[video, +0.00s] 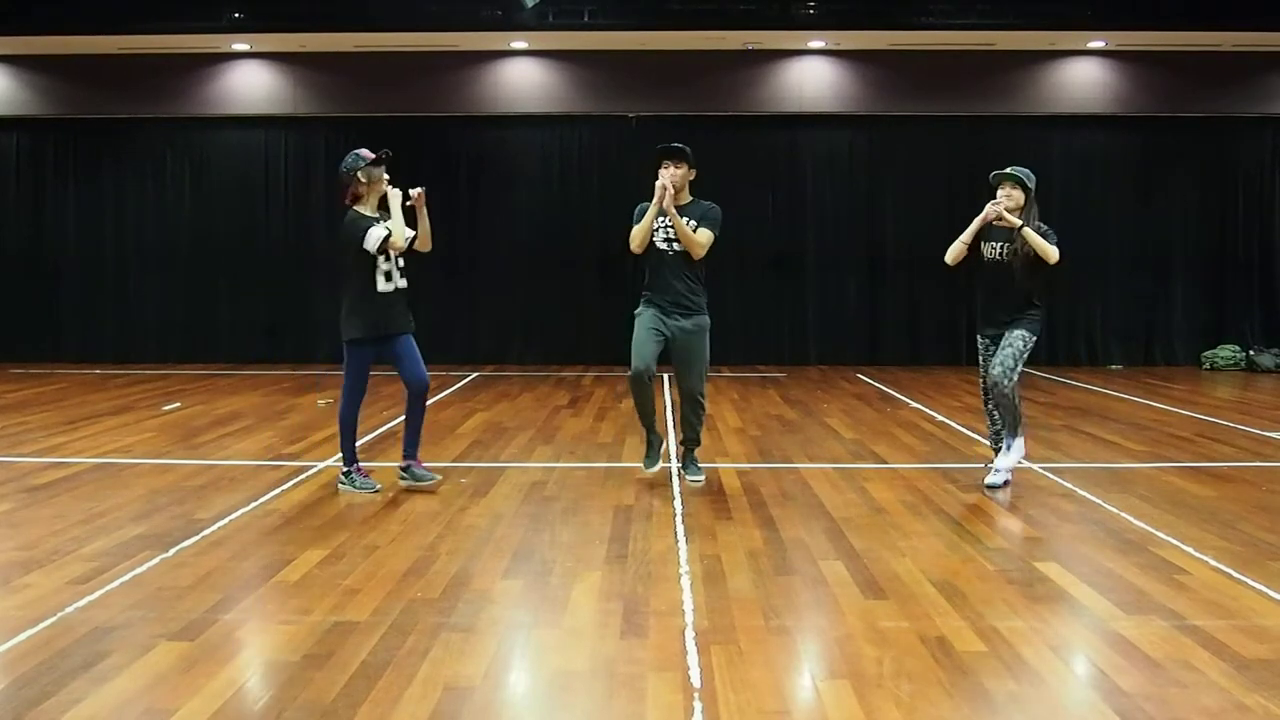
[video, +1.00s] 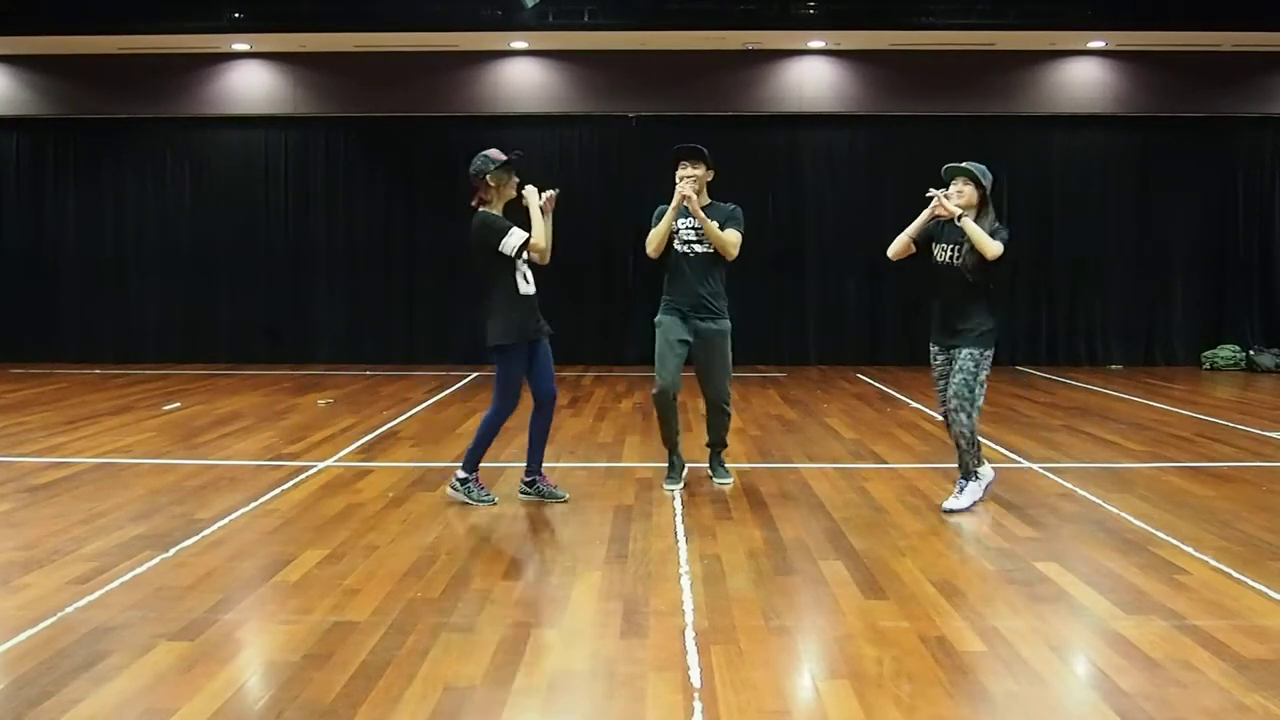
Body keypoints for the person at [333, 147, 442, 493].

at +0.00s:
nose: (386, 173)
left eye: (383, 168)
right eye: (378, 169)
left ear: (372, 179)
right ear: (361, 179)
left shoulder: (388, 216)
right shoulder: (355, 221)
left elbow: (424, 245)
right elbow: (397, 243)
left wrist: (421, 210)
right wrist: (394, 205)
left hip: (394, 318)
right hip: (359, 321)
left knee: (419, 383)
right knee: (354, 394)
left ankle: (410, 463)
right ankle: (349, 469)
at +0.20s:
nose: (407, 174)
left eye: (405, 169)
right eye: (398, 171)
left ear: (396, 179)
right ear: (381, 181)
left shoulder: (410, 217)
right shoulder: (376, 222)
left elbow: (442, 254)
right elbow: (417, 242)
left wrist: (444, 216)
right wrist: (417, 204)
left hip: (424, 317)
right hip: (394, 320)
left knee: (429, 391)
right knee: (403, 394)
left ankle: (421, 472)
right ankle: (359, 457)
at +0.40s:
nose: (422, 170)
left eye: (421, 165)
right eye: (412, 168)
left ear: (427, 173)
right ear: (397, 182)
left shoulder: (444, 213)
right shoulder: (397, 219)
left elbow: (485, 228)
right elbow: (427, 232)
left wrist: (469, 190)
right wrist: (433, 192)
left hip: (447, 312)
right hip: (418, 314)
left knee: (431, 392)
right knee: (450, 387)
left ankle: (422, 470)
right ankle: (424, 463)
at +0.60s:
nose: (450, 184)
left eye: (449, 178)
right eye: (442, 181)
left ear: (449, 182)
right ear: (425, 189)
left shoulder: (461, 219)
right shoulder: (420, 228)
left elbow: (495, 249)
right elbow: (453, 246)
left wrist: (492, 206)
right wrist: (461, 205)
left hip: (469, 315)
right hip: (447, 317)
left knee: (457, 397)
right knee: (469, 395)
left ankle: (425, 470)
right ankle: (460, 480)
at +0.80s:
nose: (478, 172)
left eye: (474, 167)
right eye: (469, 168)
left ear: (465, 179)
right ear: (453, 180)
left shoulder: (480, 221)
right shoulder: (456, 220)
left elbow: (525, 239)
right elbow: (503, 229)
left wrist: (519, 198)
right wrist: (497, 193)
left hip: (501, 318)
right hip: (477, 321)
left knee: (522, 395)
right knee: (478, 401)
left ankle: (482, 461)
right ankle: (459, 481)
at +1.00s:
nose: (515, 180)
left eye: (513, 173)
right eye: (508, 175)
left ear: (495, 182)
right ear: (489, 182)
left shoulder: (503, 220)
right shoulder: (486, 222)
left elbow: (541, 255)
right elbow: (539, 250)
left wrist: (545, 215)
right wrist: (534, 208)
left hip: (531, 321)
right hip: (508, 323)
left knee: (546, 395)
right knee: (505, 403)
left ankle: (533, 477)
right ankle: (465, 476)